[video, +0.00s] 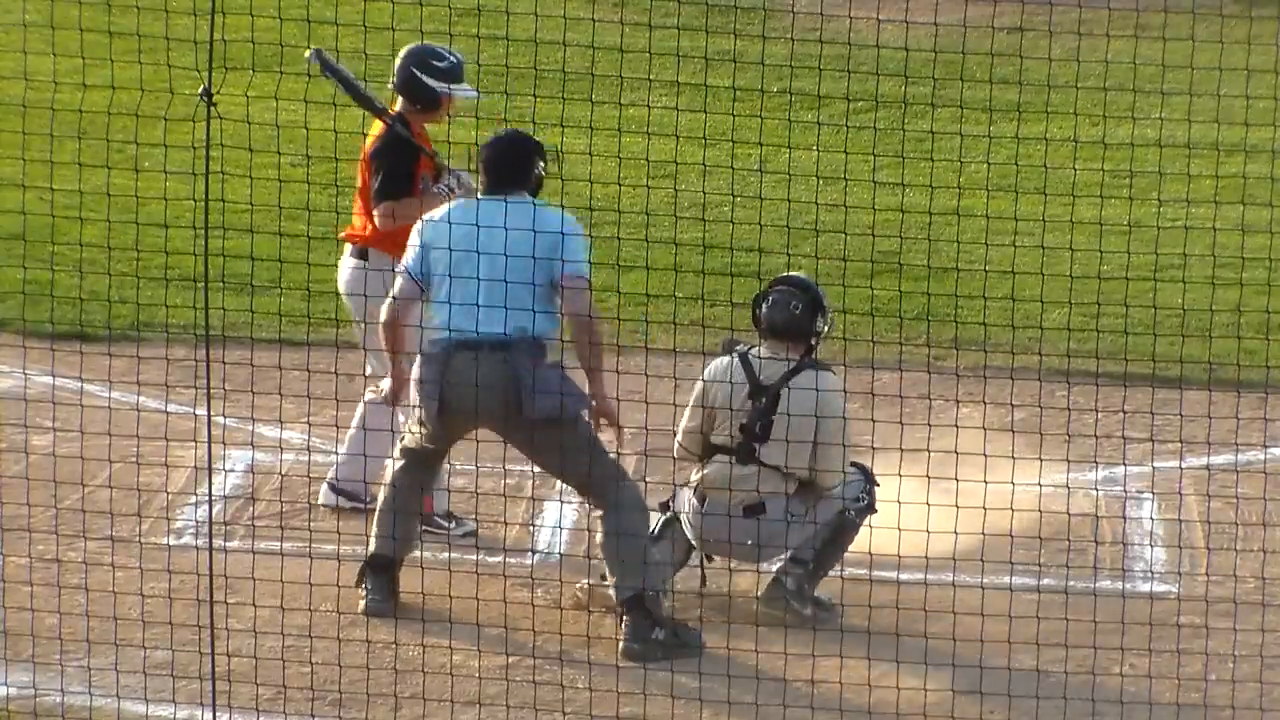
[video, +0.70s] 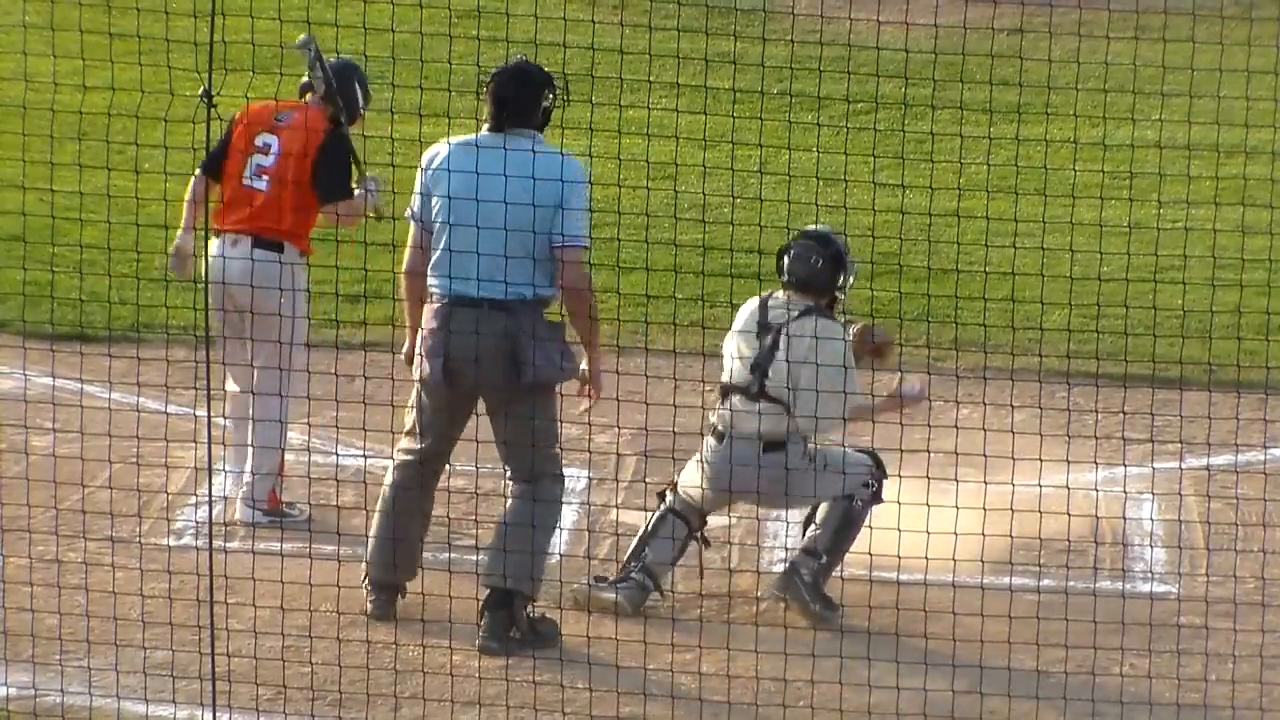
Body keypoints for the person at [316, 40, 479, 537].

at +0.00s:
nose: (453, 101)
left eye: (453, 91)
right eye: (449, 92)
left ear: (408, 89)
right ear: (429, 95)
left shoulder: (404, 132)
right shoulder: (394, 140)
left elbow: (402, 195)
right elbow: (386, 215)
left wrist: (444, 183)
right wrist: (440, 197)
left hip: (380, 269)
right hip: (375, 273)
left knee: (395, 378)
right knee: (412, 380)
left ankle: (349, 483)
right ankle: (428, 505)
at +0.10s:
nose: (435, 103)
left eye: (436, 94)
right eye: (432, 93)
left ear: (394, 85)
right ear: (414, 92)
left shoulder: (377, 123)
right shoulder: (379, 135)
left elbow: (390, 189)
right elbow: (373, 209)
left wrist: (419, 172)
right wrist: (425, 197)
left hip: (356, 260)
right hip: (361, 264)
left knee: (374, 377)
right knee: (394, 378)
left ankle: (345, 485)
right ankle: (405, 498)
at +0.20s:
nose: (419, 107)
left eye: (423, 97)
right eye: (418, 96)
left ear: (381, 81)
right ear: (400, 88)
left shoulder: (348, 118)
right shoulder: (367, 126)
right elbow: (360, 200)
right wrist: (413, 196)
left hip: (325, 258)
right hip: (347, 262)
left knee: (351, 377)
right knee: (382, 378)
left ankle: (339, 481)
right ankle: (349, 482)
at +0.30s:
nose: (402, 111)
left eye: (406, 102)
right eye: (402, 100)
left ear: (367, 83)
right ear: (387, 91)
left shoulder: (330, 116)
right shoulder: (358, 127)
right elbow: (353, 198)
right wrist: (408, 196)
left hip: (308, 257)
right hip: (340, 263)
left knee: (342, 379)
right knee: (368, 387)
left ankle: (348, 484)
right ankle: (305, 469)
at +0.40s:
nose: (389, 118)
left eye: (393, 109)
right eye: (390, 108)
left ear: (354, 88)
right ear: (376, 98)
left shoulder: (305, 117)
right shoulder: (353, 129)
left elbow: (267, 181)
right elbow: (350, 200)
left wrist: (239, 230)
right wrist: (395, 193)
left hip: (289, 261)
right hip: (327, 266)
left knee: (327, 376)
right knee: (331, 385)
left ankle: (345, 484)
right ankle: (270, 489)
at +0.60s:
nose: (373, 118)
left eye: (375, 110)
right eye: (373, 109)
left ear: (329, 92)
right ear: (359, 103)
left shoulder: (269, 116)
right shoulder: (339, 134)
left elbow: (215, 177)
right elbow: (346, 212)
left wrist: (175, 227)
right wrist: (381, 199)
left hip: (238, 258)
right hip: (284, 266)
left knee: (282, 370)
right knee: (287, 383)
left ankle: (306, 469)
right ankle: (260, 498)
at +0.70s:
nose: (351, 121)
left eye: (353, 113)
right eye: (352, 112)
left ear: (312, 90)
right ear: (344, 104)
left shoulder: (252, 113)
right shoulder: (328, 134)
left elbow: (203, 176)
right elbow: (335, 212)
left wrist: (185, 232)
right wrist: (366, 199)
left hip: (222, 257)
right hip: (275, 264)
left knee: (239, 375)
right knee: (280, 381)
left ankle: (242, 484)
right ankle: (260, 497)